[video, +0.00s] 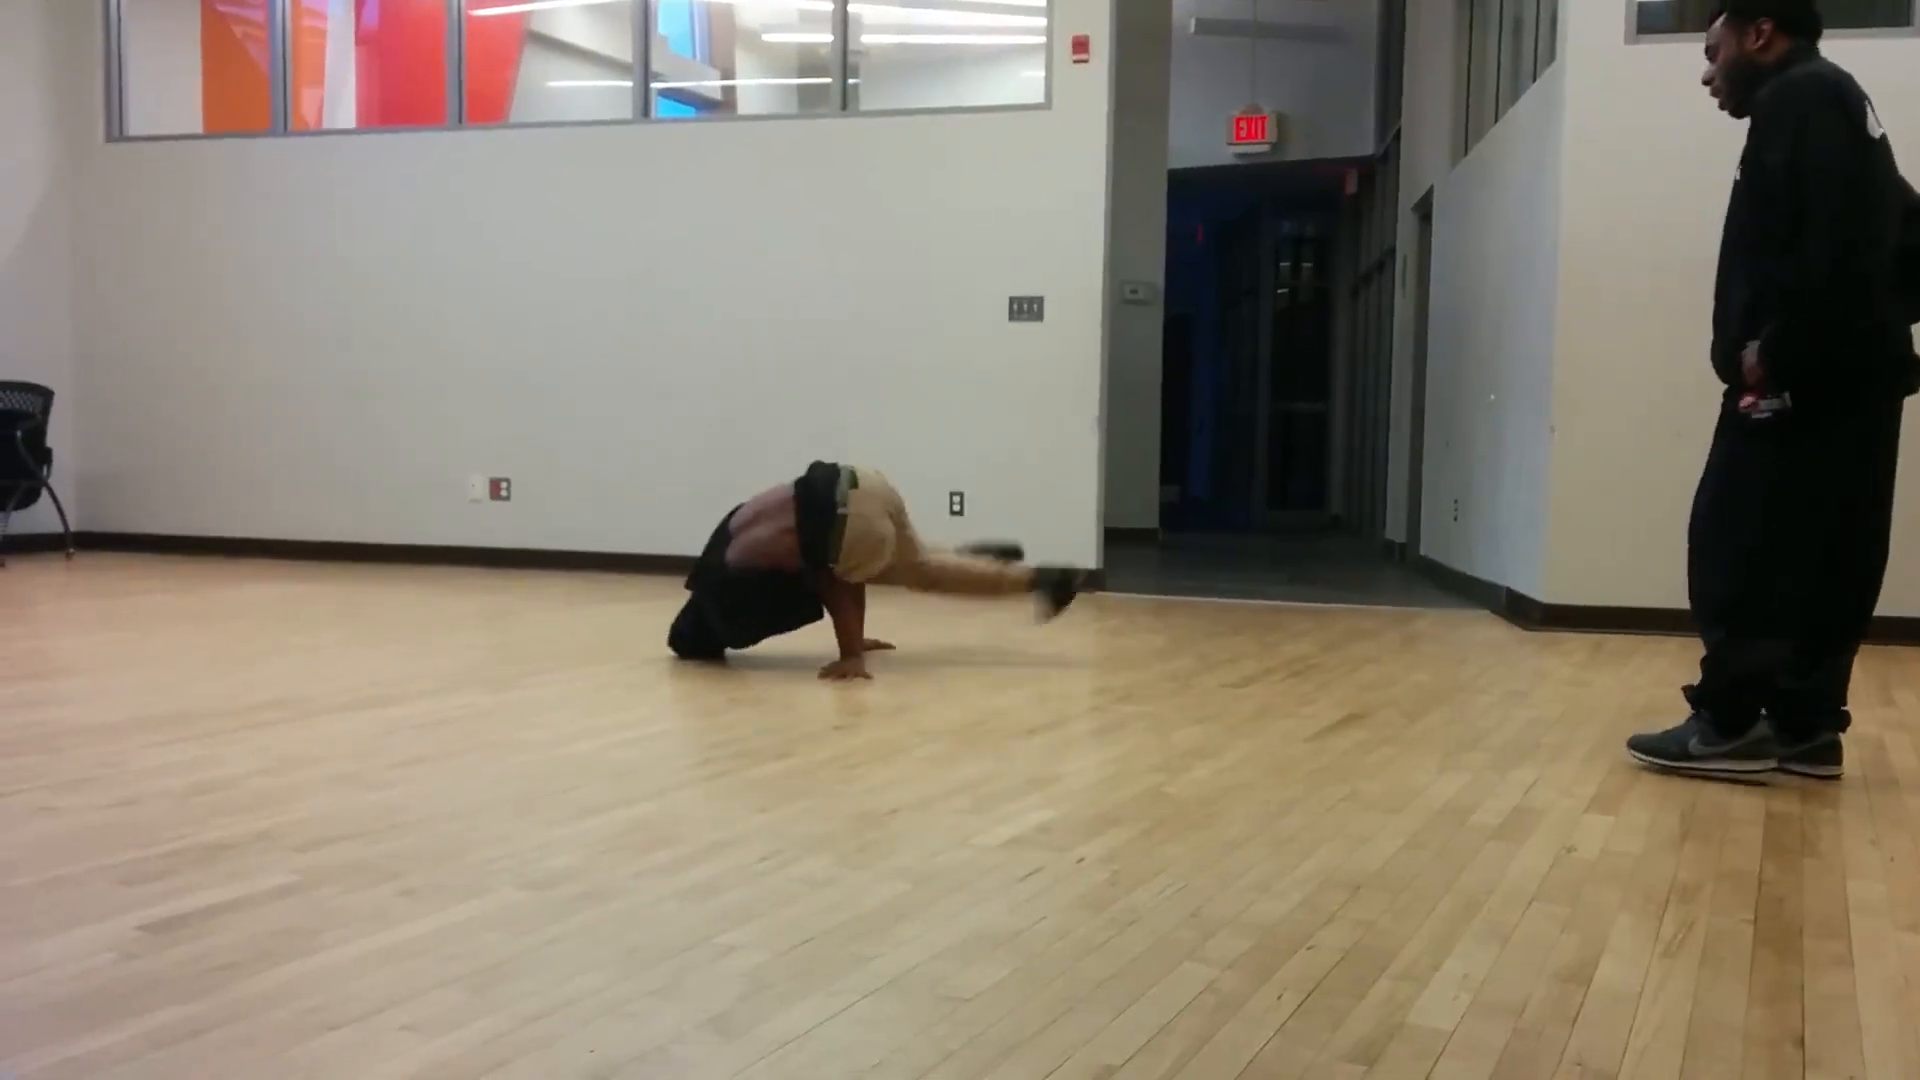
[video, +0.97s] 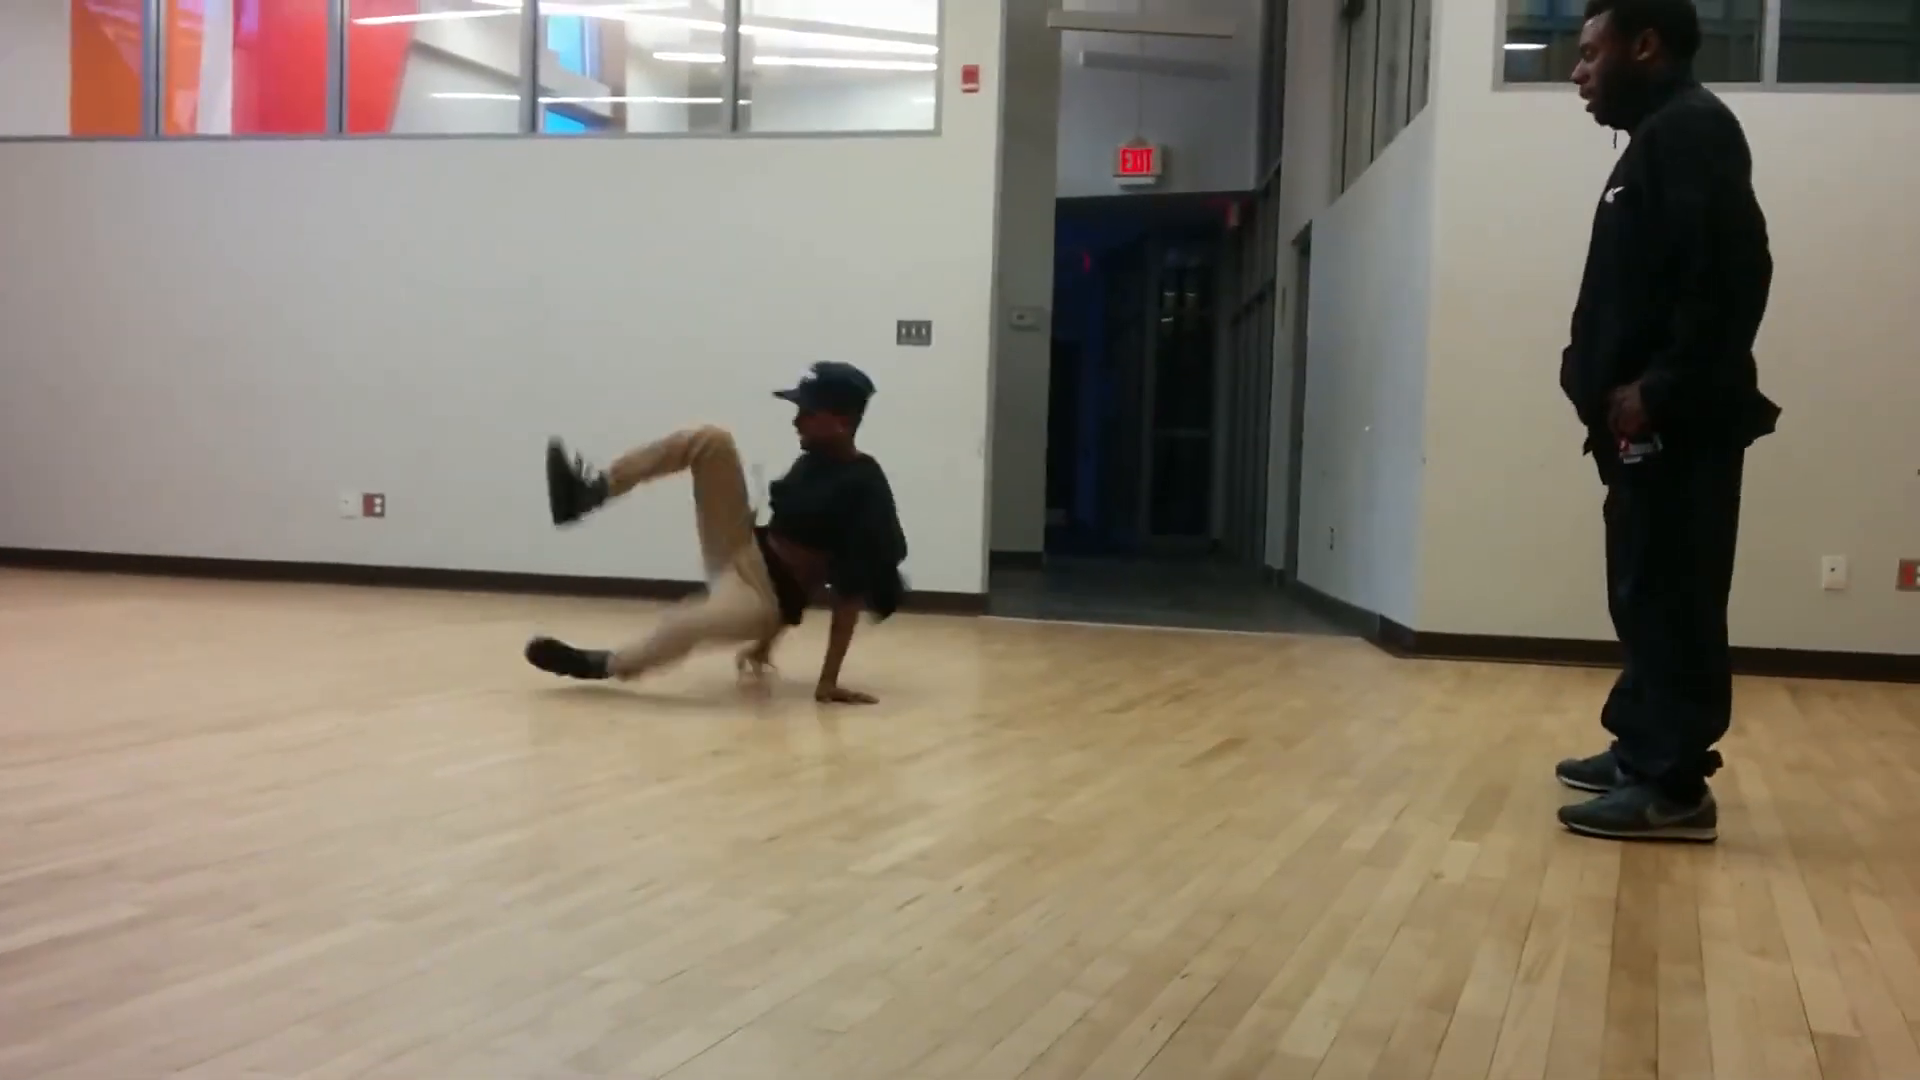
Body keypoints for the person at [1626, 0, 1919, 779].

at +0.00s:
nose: (1706, 69)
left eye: (1713, 46)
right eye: (1706, 51)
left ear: (1763, 36)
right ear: (1770, 38)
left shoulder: (1799, 99)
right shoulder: (1834, 99)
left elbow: (1802, 238)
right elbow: (1902, 220)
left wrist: (1767, 344)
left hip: (1795, 382)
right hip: (1855, 381)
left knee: (1729, 530)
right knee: (1828, 545)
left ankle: (1732, 720)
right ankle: (1808, 727)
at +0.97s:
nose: (1577, 71)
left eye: (1589, 52)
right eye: (1578, 54)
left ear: (1647, 48)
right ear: (1642, 52)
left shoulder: (1692, 130)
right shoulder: (1664, 132)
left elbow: (1730, 277)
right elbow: (1684, 279)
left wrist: (1658, 389)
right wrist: (1621, 382)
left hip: (1684, 425)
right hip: (1652, 423)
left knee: (1674, 596)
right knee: (1645, 592)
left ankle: (1675, 787)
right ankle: (1642, 753)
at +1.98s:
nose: (1531, 150)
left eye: (1540, 130)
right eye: (1531, 131)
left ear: (1585, 124)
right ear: (1593, 125)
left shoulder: (1623, 204)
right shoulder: (1630, 197)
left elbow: (1662, 343)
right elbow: (1700, 333)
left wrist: (1595, 460)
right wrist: (1604, 447)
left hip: (1646, 483)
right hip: (1635, 480)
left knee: (1644, 652)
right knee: (1623, 647)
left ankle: (1656, 840)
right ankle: (1623, 808)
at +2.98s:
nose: (1558, 148)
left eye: (1567, 126)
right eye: (1558, 128)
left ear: (1623, 117)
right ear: (1624, 120)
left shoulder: (1669, 199)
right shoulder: (1647, 197)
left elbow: (1683, 357)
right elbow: (1645, 352)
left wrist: (1608, 457)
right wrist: (1579, 445)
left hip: (1656, 480)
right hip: (1629, 479)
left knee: (1649, 654)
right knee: (1624, 651)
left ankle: (1656, 846)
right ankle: (1623, 815)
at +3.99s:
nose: (1551, 143)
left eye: (1562, 124)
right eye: (1551, 126)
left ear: (1612, 116)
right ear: (1615, 118)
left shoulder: (1651, 195)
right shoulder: (1637, 195)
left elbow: (1670, 346)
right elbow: (1635, 343)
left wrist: (1622, 455)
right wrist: (1596, 446)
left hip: (1670, 473)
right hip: (1642, 473)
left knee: (1663, 643)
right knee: (1638, 640)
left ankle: (1665, 833)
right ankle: (1632, 803)